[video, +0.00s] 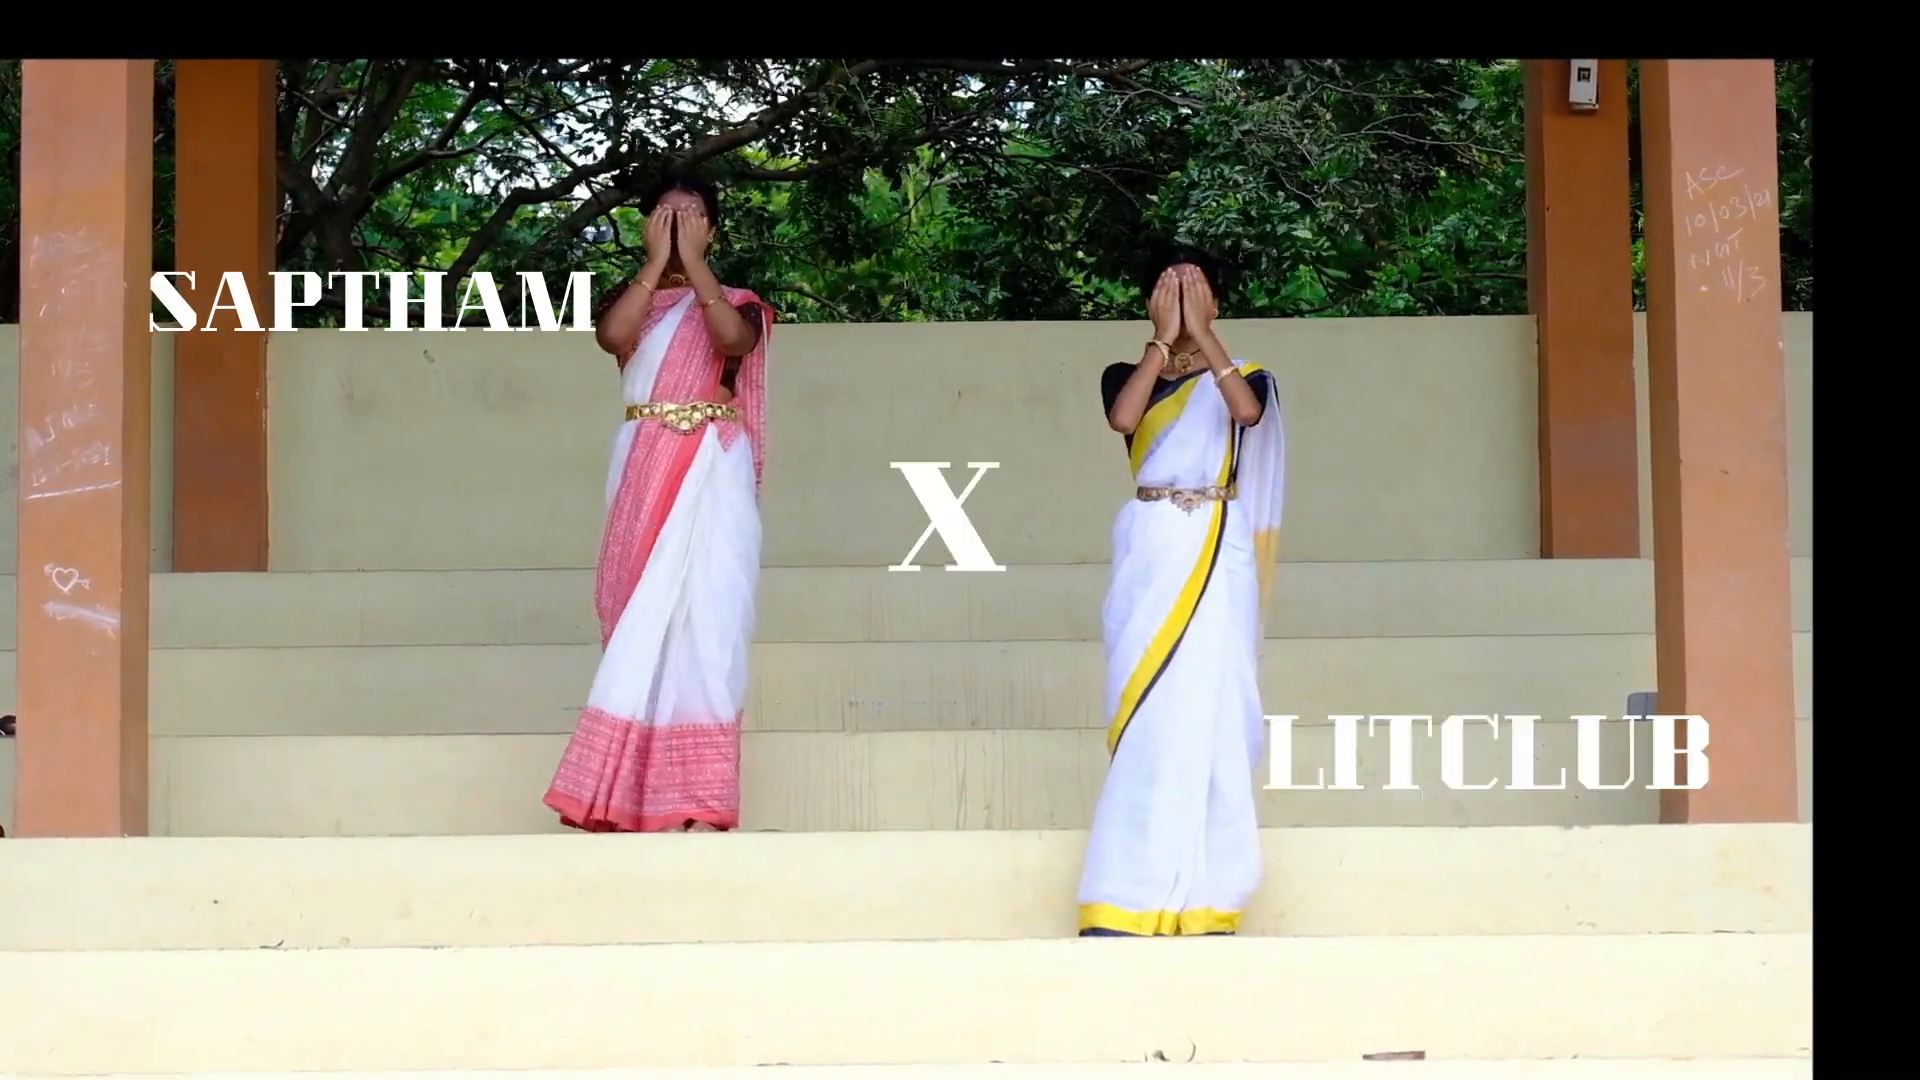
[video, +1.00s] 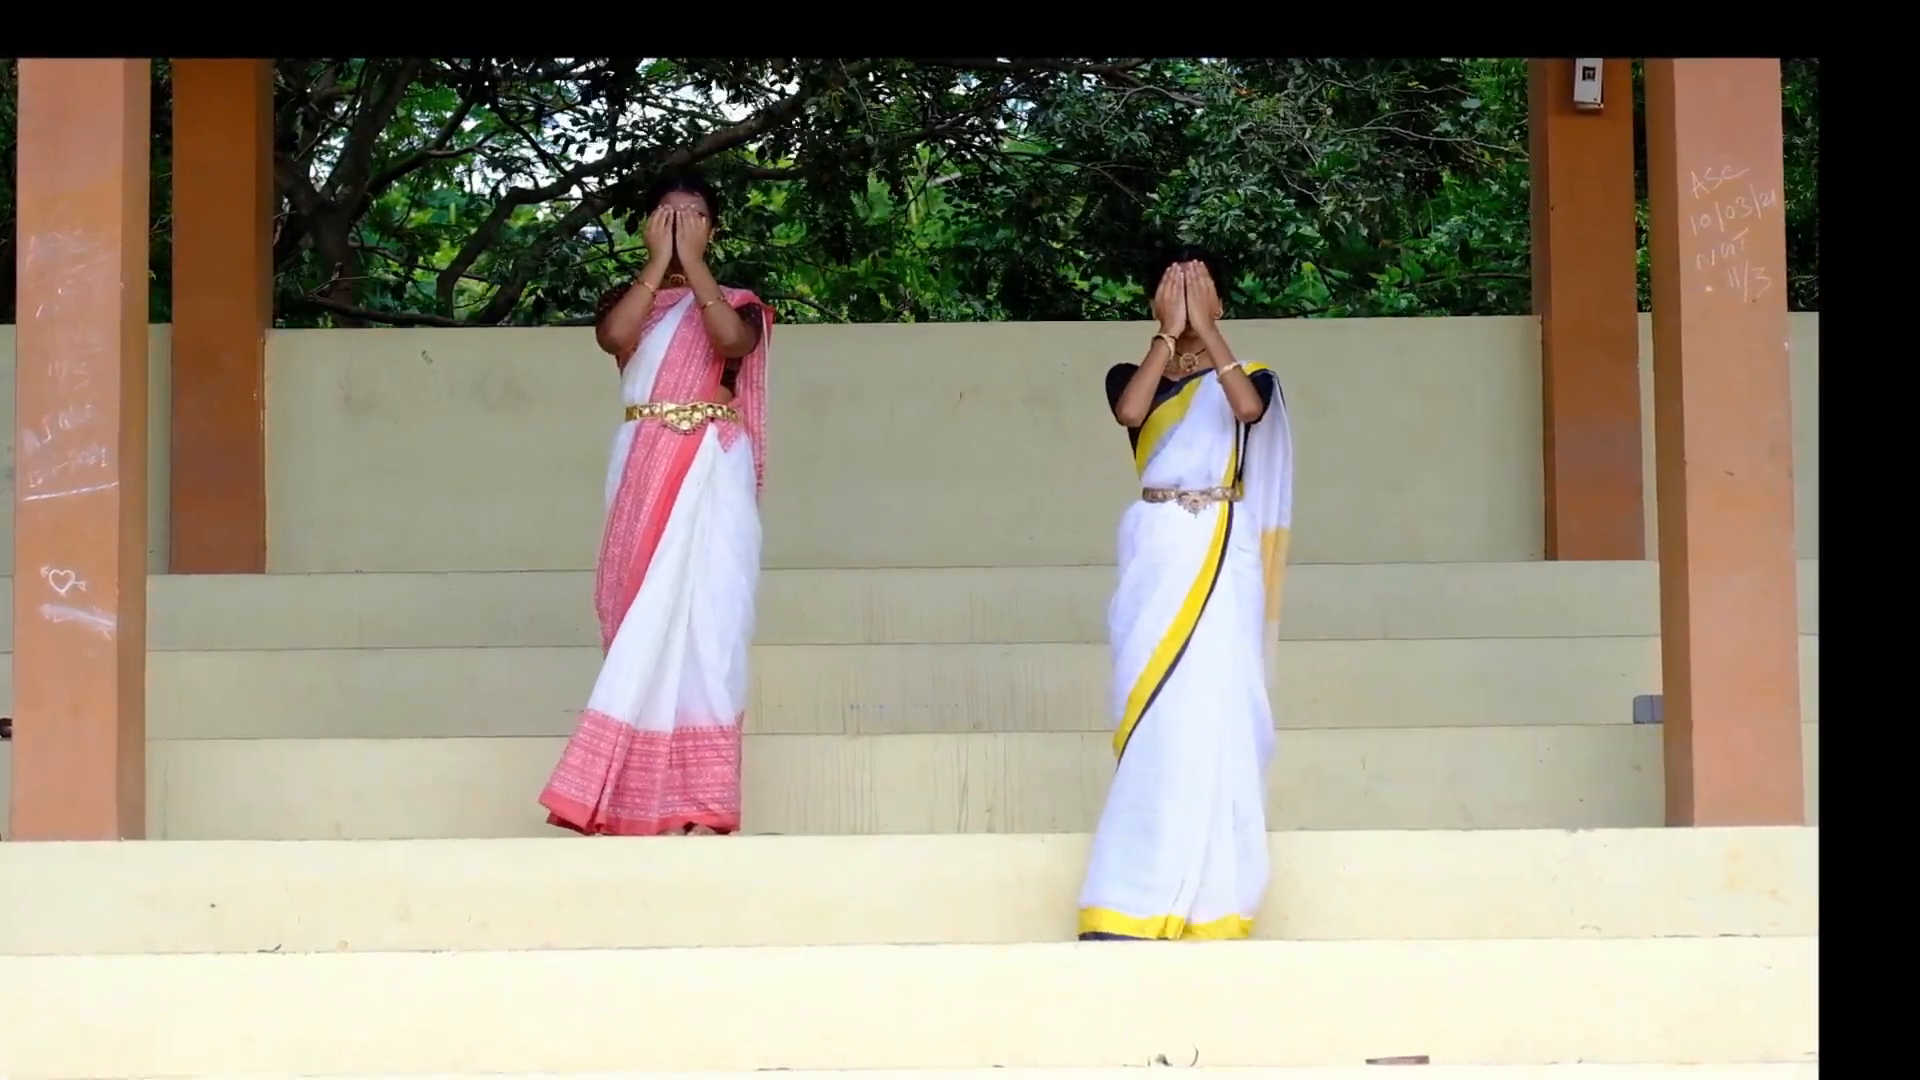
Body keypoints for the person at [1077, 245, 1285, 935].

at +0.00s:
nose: (1181, 304)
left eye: (1194, 290)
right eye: (1170, 290)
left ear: (1216, 303)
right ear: (1153, 304)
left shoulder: (1244, 376)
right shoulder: (1131, 377)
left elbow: (1245, 410)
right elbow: (1122, 417)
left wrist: (1203, 331)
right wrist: (1160, 342)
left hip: (1214, 553)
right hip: (1146, 551)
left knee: (1203, 711)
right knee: (1143, 710)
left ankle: (1203, 892)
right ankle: (1133, 892)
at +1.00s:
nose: (1185, 311)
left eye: (1197, 296)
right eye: (1173, 296)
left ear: (1219, 305)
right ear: (1156, 308)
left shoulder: (1249, 377)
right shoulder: (1137, 379)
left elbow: (1246, 407)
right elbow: (1130, 408)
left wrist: (1208, 326)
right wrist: (1166, 333)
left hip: (1220, 555)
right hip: (1152, 553)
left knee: (1208, 712)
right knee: (1148, 710)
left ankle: (1208, 894)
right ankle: (1140, 893)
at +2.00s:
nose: (1214, 301)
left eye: (1223, 289)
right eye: (1203, 291)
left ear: (1243, 301)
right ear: (1181, 306)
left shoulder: (1267, 378)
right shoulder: (1156, 374)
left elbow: (1274, 409)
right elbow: (1094, 408)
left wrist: (1236, 329)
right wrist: (1139, 332)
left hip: (1228, 555)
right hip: (1159, 550)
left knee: (1220, 717)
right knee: (1152, 714)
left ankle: (1216, 901)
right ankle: (1143, 902)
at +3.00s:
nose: (1192, 318)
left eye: (1204, 306)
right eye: (1180, 305)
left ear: (1225, 311)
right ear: (1163, 309)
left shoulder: (1254, 379)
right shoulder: (1138, 375)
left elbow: (1246, 424)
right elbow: (1132, 422)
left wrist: (1209, 338)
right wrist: (1173, 342)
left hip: (1223, 566)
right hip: (1153, 563)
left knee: (1219, 726)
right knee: (1153, 723)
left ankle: (1218, 906)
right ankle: (1148, 905)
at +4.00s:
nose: (1247, 319)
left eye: (1255, 308)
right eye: (1236, 305)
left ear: (1258, 318)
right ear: (1198, 309)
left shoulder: (1277, 398)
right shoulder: (1160, 395)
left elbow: (1304, 476)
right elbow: (1077, 480)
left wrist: (1230, 445)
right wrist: (989, 537)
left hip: (1273, 556)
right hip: (1205, 556)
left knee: (1391, 633)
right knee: (1264, 699)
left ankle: (1501, 744)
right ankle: (1233, 885)